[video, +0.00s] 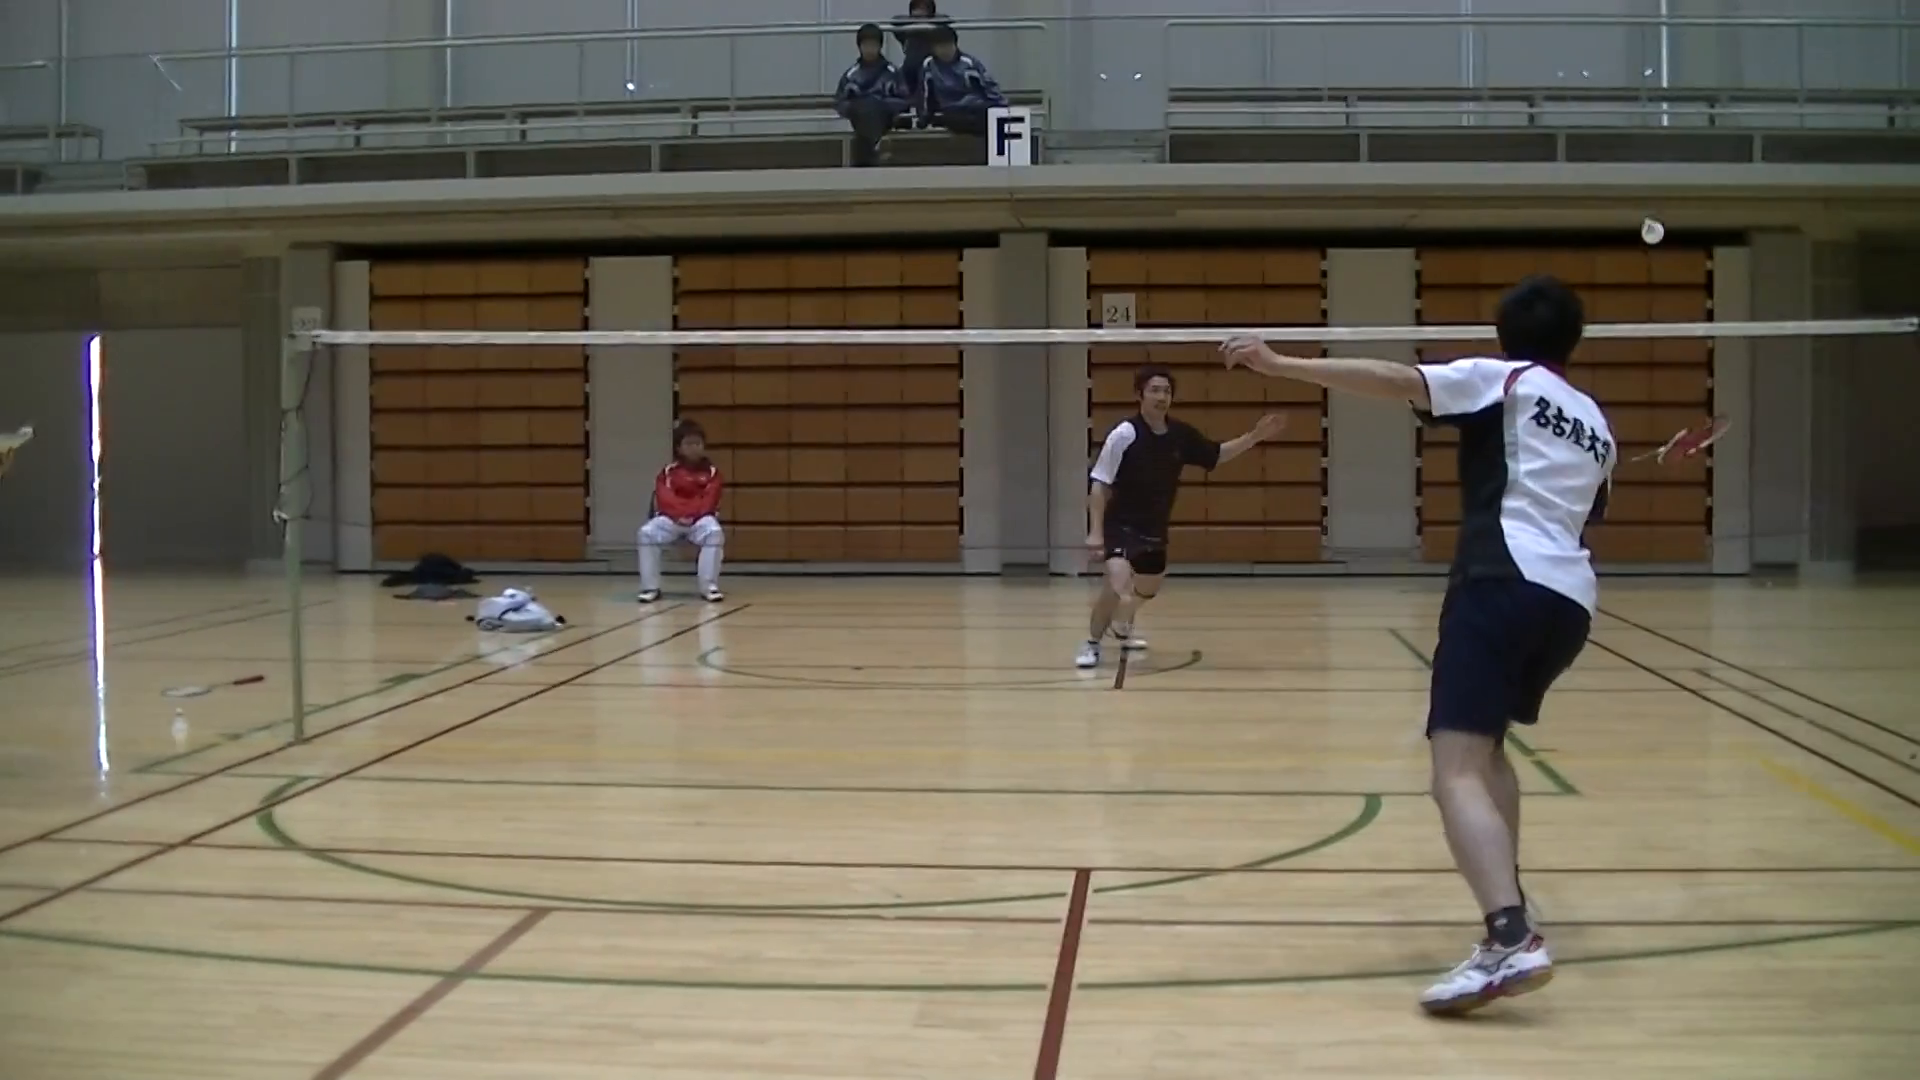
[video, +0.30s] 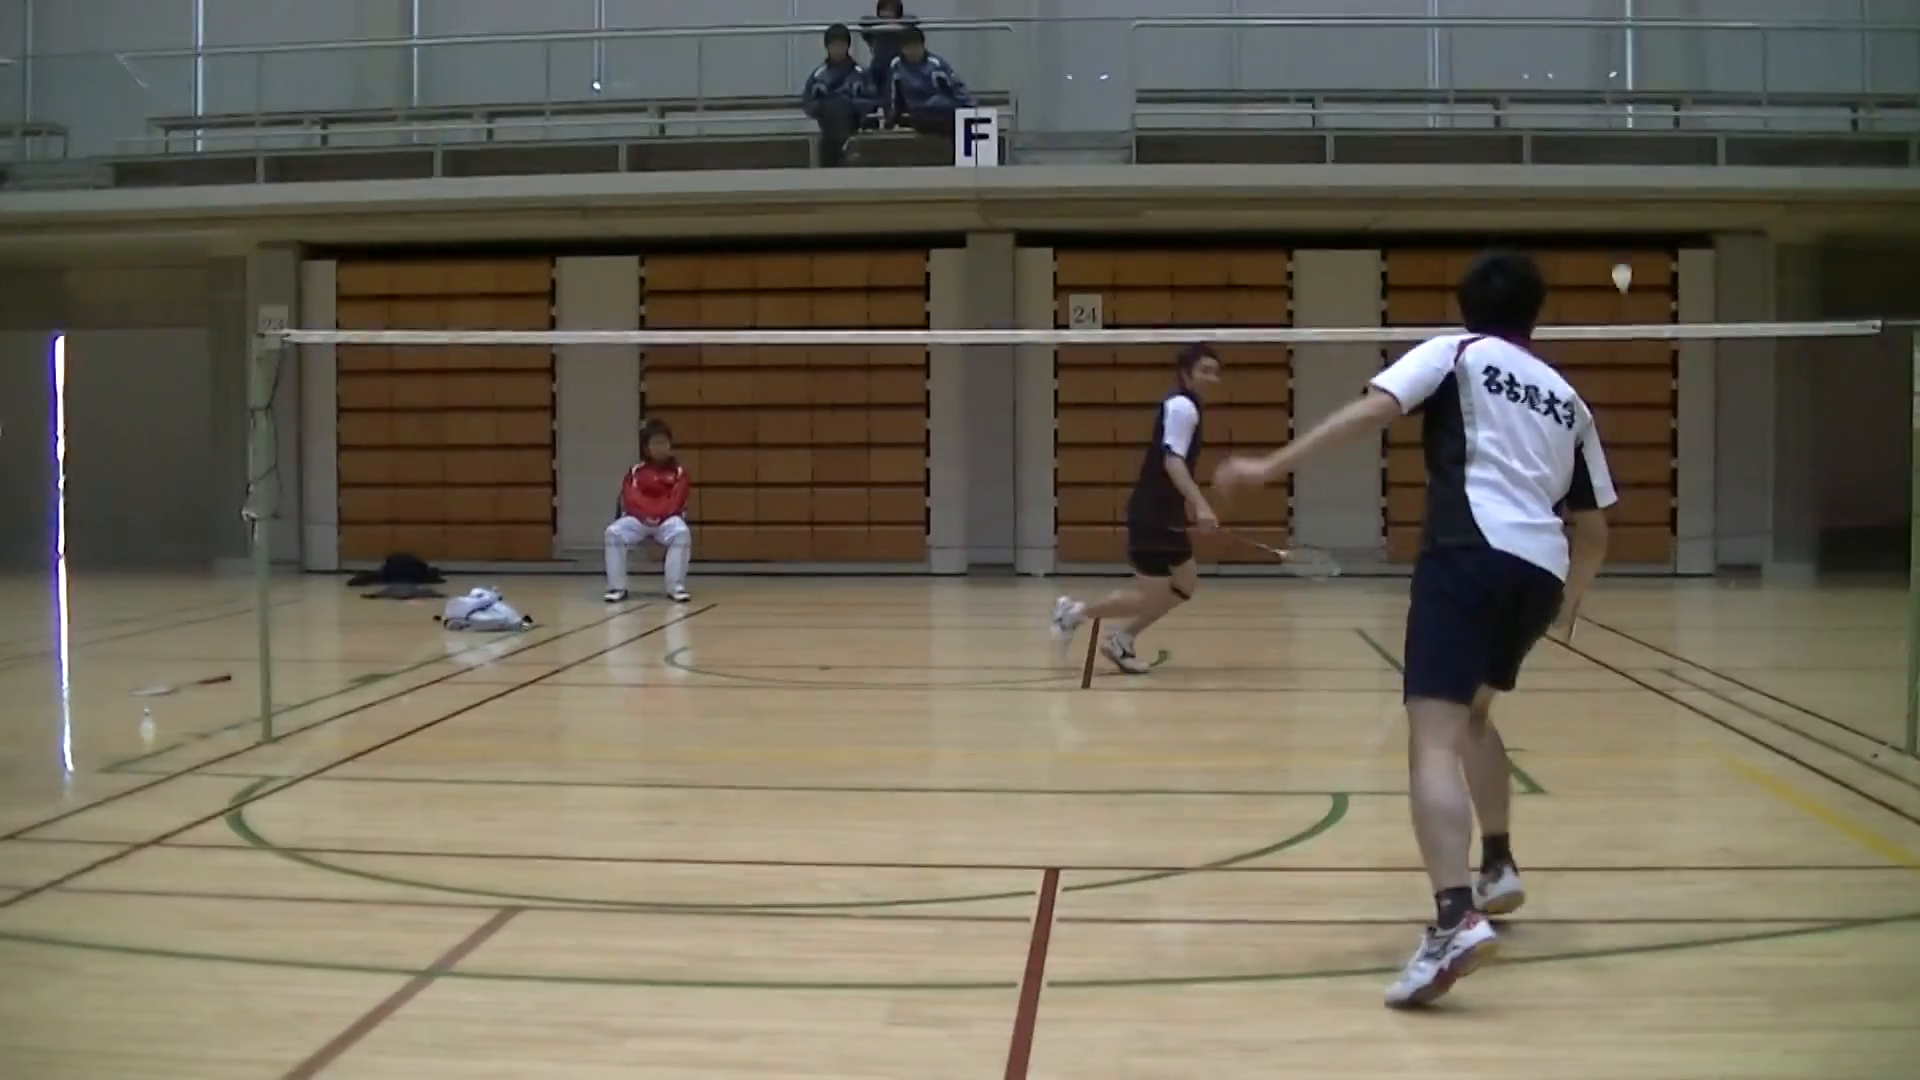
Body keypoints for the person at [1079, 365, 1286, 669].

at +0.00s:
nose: (1161, 396)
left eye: (1166, 391)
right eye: (1154, 390)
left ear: (1171, 397)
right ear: (1140, 395)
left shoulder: (1179, 434)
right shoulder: (1124, 433)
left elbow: (1216, 455)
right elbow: (1099, 484)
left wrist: (1256, 435)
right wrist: (1096, 532)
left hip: (1155, 525)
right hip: (1120, 523)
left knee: (1147, 588)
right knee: (1117, 583)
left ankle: (1124, 623)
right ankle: (1092, 643)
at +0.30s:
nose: (1212, 379)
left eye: (1215, 373)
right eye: (1206, 371)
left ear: (1214, 376)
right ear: (1186, 372)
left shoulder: (1188, 407)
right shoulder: (1181, 408)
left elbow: (1171, 463)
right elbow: (1172, 462)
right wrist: (1201, 505)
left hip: (1166, 509)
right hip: (1150, 510)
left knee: (1185, 583)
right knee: (1155, 597)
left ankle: (1123, 638)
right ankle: (1074, 612)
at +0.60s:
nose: (1349, 426)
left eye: (1352, 419)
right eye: (1342, 417)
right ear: (1320, 417)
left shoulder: (1303, 448)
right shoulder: (1308, 454)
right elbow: (1320, 517)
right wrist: (1346, 567)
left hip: (1251, 540)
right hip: (1255, 541)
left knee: (1224, 613)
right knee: (1314, 591)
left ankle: (1156, 647)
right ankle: (1338, 685)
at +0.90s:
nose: (1470, 402)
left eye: (1476, 395)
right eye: (1465, 392)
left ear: (1479, 393)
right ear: (1443, 386)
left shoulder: (1445, 424)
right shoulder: (1417, 415)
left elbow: (1412, 484)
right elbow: (1389, 481)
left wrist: (1408, 537)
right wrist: (1375, 544)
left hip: (1385, 507)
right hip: (1354, 508)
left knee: (1419, 588)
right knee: (1397, 590)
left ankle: (1385, 667)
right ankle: (1361, 668)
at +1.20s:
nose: (1546, 388)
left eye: (1550, 381)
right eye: (1541, 378)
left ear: (1551, 384)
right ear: (1524, 374)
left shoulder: (1546, 418)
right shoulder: (1488, 409)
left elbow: (1527, 484)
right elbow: (1458, 478)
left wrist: (1527, 530)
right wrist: (1446, 542)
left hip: (1509, 525)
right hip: (1473, 524)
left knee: (1516, 604)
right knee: (1514, 592)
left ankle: (1483, 687)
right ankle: (1517, 693)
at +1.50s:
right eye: (1639, 435)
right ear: (1622, 425)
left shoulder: (1624, 448)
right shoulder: (1578, 446)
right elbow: (1546, 524)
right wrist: (1542, 599)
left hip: (1560, 536)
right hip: (1530, 531)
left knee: (1585, 620)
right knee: (1589, 609)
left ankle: (1511, 673)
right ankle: (1598, 720)